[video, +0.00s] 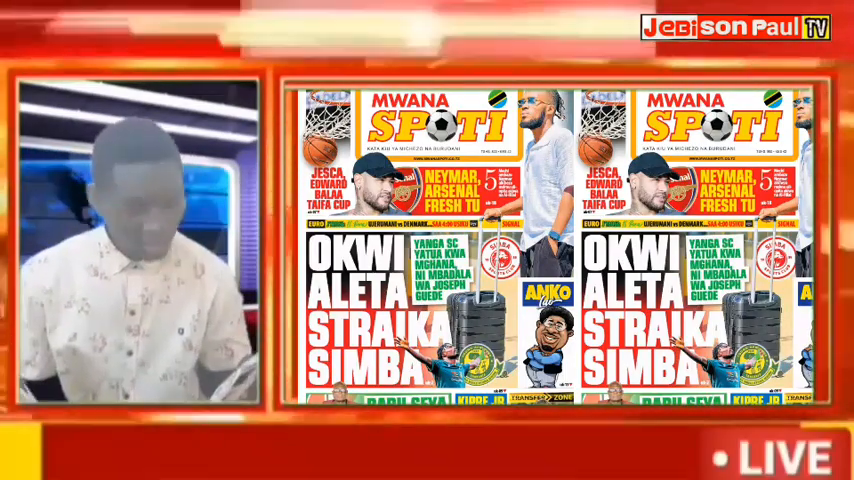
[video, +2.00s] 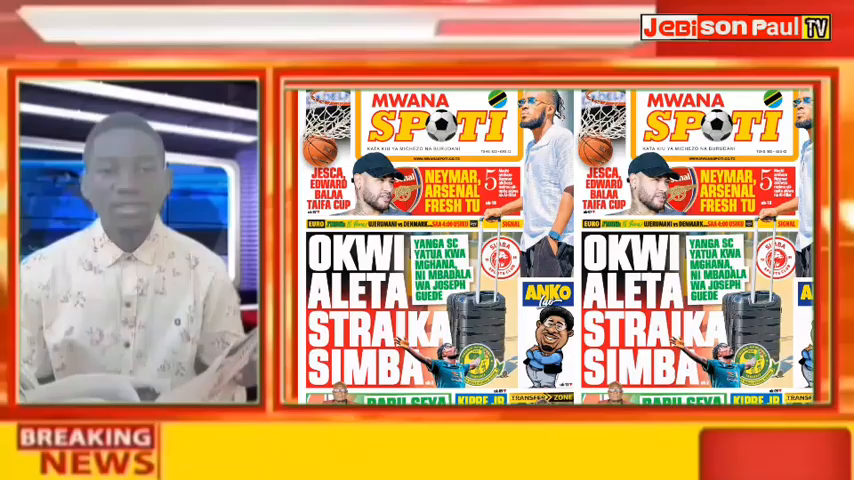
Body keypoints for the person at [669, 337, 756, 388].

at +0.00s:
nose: (729, 348)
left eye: (729, 347)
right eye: (725, 347)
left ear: (731, 351)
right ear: (718, 353)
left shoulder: (737, 366)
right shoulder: (714, 364)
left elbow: (750, 365)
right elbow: (698, 359)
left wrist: (754, 359)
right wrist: (684, 348)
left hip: (737, 401)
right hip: (720, 401)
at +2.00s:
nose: (729, 348)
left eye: (729, 347)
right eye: (724, 347)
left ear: (731, 351)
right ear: (718, 353)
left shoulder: (737, 366)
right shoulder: (714, 364)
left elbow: (749, 365)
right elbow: (698, 359)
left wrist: (754, 359)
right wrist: (684, 348)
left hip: (736, 401)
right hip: (720, 401)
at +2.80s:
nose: (729, 348)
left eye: (729, 347)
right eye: (724, 347)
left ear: (731, 351)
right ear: (718, 353)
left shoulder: (737, 366)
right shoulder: (714, 364)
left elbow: (749, 365)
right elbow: (698, 359)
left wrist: (754, 359)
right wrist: (684, 348)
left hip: (736, 401)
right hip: (720, 401)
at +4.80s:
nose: (728, 349)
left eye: (729, 347)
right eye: (724, 347)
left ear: (731, 351)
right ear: (718, 353)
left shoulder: (737, 366)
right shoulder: (714, 364)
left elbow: (749, 365)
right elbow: (698, 359)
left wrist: (754, 359)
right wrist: (684, 348)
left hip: (737, 400)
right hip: (720, 400)